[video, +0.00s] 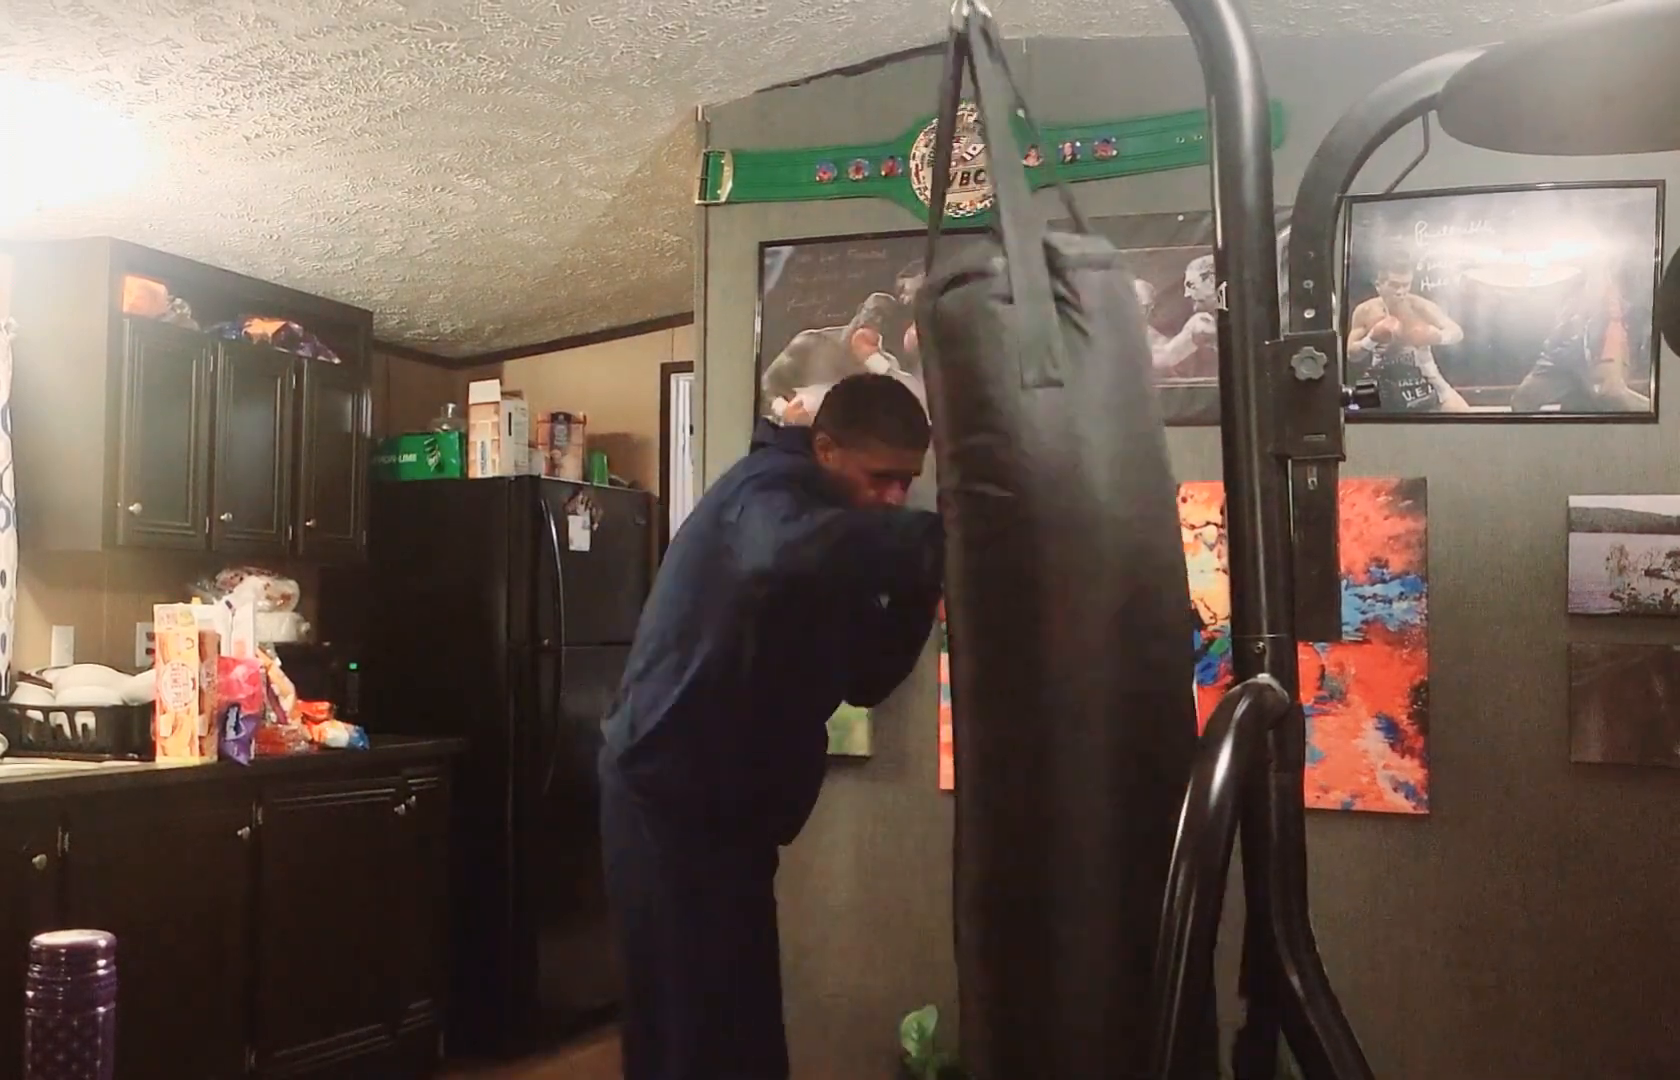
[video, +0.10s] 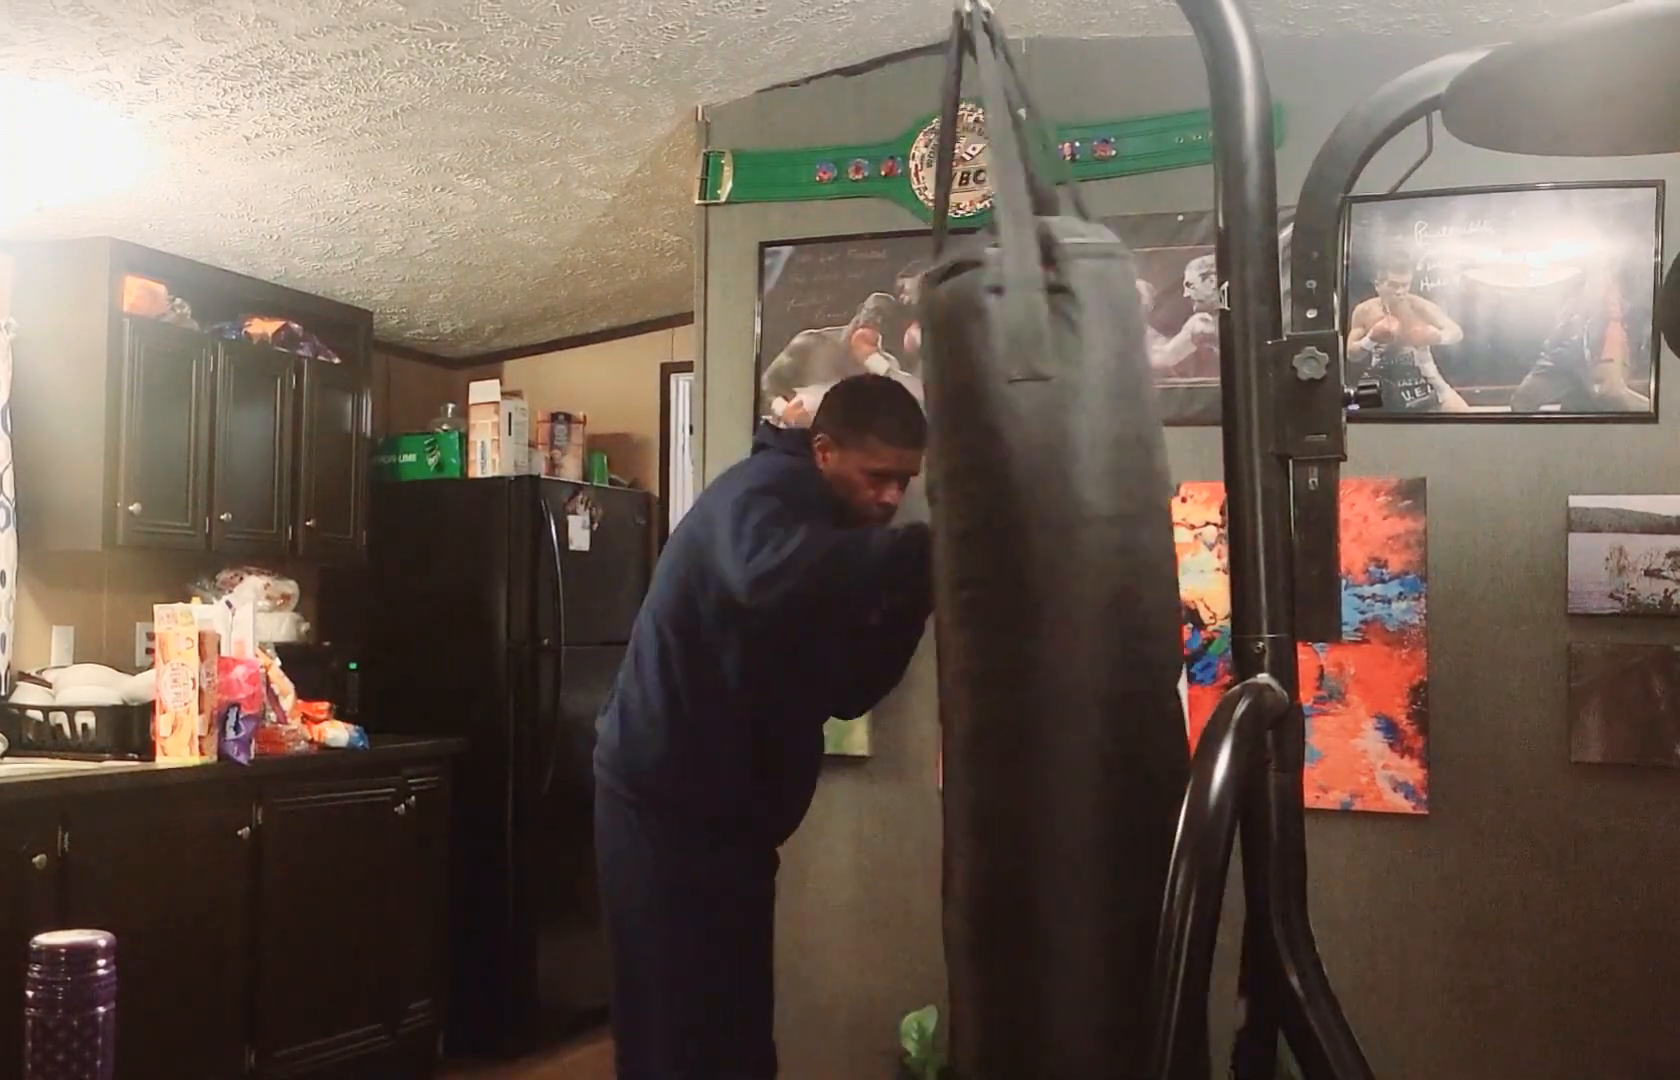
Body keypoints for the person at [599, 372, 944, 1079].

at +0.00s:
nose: (896, 498)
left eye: (906, 483)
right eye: (881, 479)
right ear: (827, 449)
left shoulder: (830, 535)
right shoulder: (775, 481)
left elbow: (866, 679)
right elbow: (776, 550)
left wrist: (927, 580)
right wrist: (936, 535)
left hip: (728, 813)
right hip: (670, 808)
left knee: (743, 1039)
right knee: (704, 1040)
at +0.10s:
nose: (893, 498)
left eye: (904, 481)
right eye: (877, 479)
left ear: (918, 469)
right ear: (825, 450)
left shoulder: (844, 538)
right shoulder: (772, 486)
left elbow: (850, 690)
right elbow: (772, 576)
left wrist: (916, 586)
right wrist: (928, 549)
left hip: (734, 812)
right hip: (665, 806)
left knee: (737, 1037)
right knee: (684, 1038)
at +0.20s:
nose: (885, 503)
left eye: (894, 486)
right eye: (872, 482)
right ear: (821, 456)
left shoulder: (835, 530)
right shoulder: (764, 493)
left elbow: (845, 694)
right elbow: (717, 614)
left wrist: (903, 606)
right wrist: (875, 590)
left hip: (732, 805)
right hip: (663, 799)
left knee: (741, 1029)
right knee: (685, 1032)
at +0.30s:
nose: (872, 513)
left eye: (881, 496)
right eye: (860, 493)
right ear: (814, 471)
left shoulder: (840, 549)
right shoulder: (747, 509)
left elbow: (865, 702)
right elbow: (665, 632)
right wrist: (814, 627)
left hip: (742, 809)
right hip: (663, 802)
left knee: (769, 1030)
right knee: (692, 1033)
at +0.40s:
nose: (867, 521)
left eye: (877, 504)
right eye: (855, 501)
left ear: (891, 491)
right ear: (811, 476)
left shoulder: (844, 554)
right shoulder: (738, 518)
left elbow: (857, 700)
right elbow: (637, 624)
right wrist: (782, 628)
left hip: (749, 811)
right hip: (666, 807)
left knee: (778, 1035)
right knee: (702, 1037)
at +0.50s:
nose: (873, 490)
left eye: (877, 475)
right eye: (864, 473)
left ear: (825, 467)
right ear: (823, 464)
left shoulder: (829, 533)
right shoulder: (746, 499)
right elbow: (641, 581)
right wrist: (782, 594)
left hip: (739, 798)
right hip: (667, 793)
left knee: (759, 1027)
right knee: (710, 1034)